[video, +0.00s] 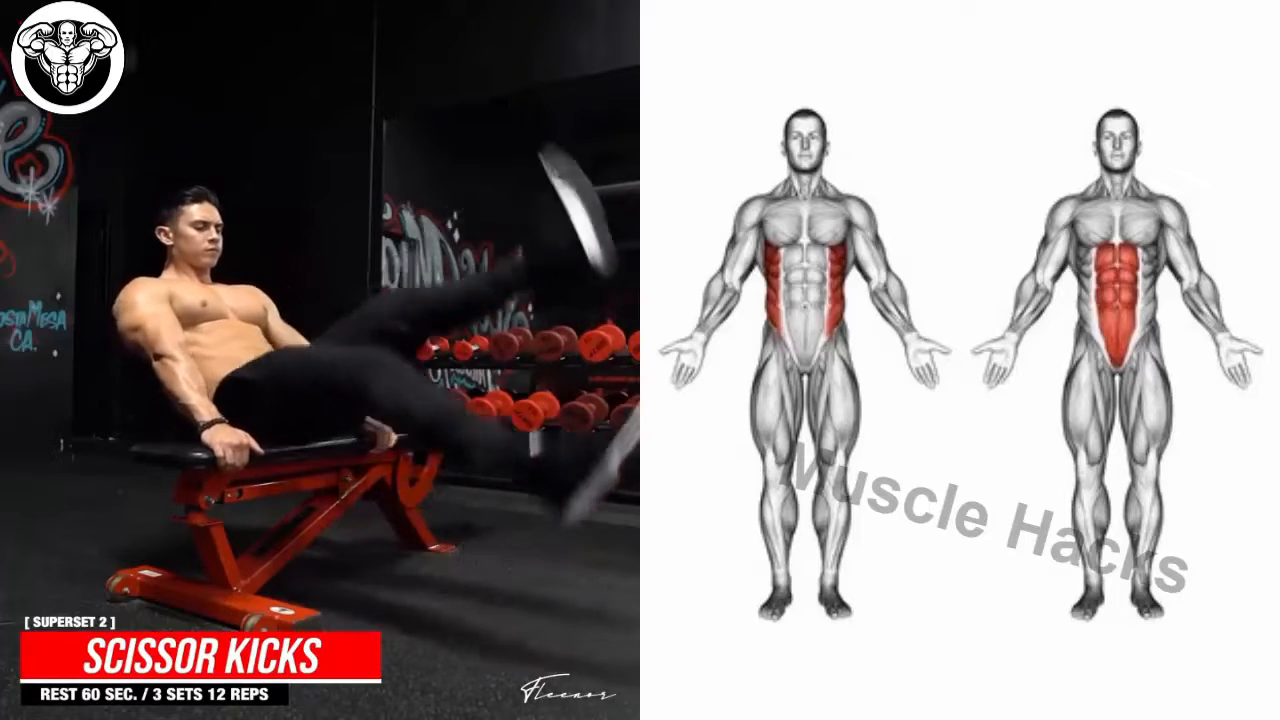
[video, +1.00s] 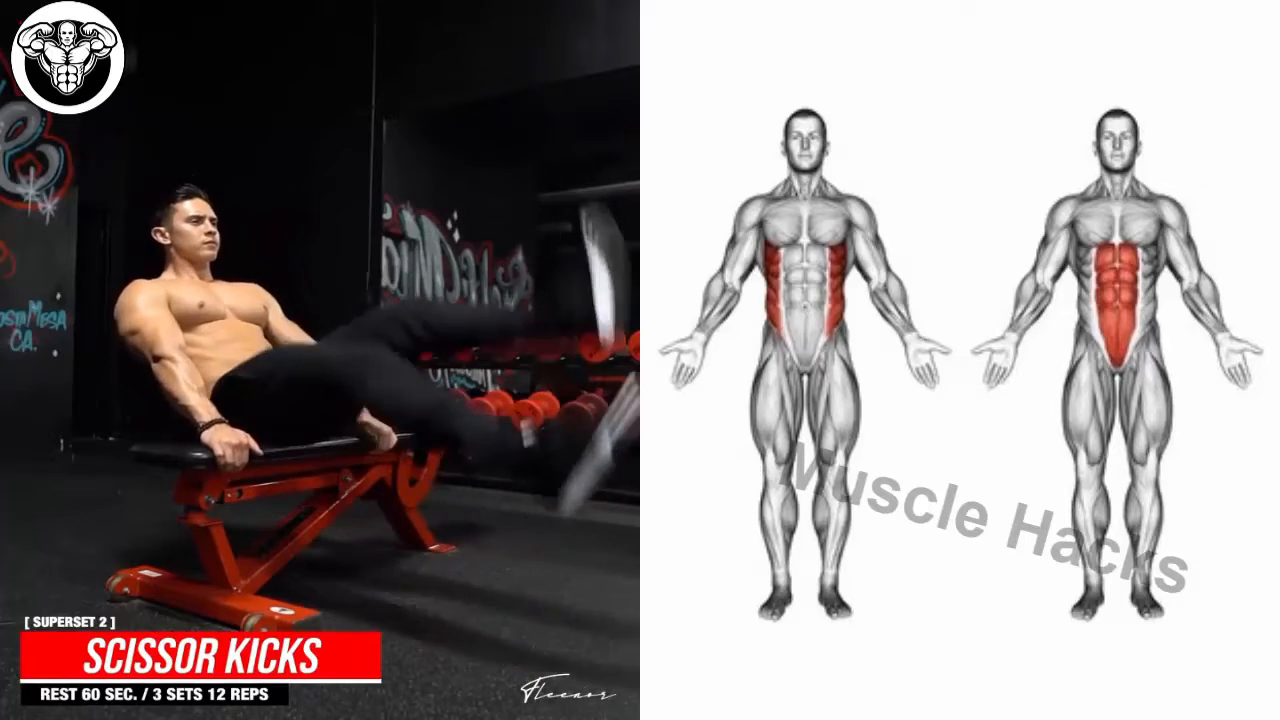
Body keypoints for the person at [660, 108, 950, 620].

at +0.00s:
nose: (804, 145)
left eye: (812, 138)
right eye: (797, 138)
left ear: (825, 145)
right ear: (785, 146)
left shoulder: (851, 211)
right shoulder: (758, 211)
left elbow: (881, 281)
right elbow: (729, 281)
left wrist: (909, 336)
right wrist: (700, 336)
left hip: (832, 355)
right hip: (778, 355)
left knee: (834, 467)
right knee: (776, 469)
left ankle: (829, 584)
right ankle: (780, 585)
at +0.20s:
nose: (804, 145)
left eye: (812, 138)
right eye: (797, 138)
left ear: (825, 145)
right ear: (785, 145)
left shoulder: (851, 211)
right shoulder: (758, 211)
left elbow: (881, 281)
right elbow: (729, 281)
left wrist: (909, 336)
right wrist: (700, 336)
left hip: (832, 356)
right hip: (777, 356)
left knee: (834, 467)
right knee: (776, 469)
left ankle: (830, 584)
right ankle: (780, 585)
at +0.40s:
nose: (804, 145)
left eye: (812, 138)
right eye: (797, 138)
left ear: (825, 145)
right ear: (785, 146)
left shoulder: (851, 211)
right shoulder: (758, 211)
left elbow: (881, 281)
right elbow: (729, 281)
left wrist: (909, 336)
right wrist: (700, 336)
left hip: (832, 356)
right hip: (778, 355)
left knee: (834, 468)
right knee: (777, 469)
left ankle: (829, 584)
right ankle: (780, 585)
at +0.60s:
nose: (804, 145)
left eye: (812, 138)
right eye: (797, 138)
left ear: (825, 145)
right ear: (785, 146)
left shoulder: (851, 211)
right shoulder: (758, 211)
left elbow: (881, 281)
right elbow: (729, 281)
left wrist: (909, 336)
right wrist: (700, 336)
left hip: (832, 356)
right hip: (778, 356)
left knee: (834, 468)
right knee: (777, 469)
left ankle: (829, 584)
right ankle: (780, 585)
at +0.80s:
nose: (804, 145)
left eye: (812, 138)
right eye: (797, 138)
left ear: (825, 145)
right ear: (785, 146)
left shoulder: (851, 211)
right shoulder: (758, 211)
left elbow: (881, 281)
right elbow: (729, 281)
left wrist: (909, 336)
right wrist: (700, 336)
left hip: (832, 355)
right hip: (778, 355)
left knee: (834, 467)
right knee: (777, 469)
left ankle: (829, 584)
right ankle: (780, 585)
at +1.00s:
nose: (804, 145)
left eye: (812, 138)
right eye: (797, 138)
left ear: (825, 145)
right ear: (785, 146)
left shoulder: (851, 211)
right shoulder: (758, 211)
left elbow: (881, 281)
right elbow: (729, 281)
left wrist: (909, 336)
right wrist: (700, 336)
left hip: (832, 355)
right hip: (778, 355)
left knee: (834, 468)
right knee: (777, 469)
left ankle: (829, 584)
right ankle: (780, 585)